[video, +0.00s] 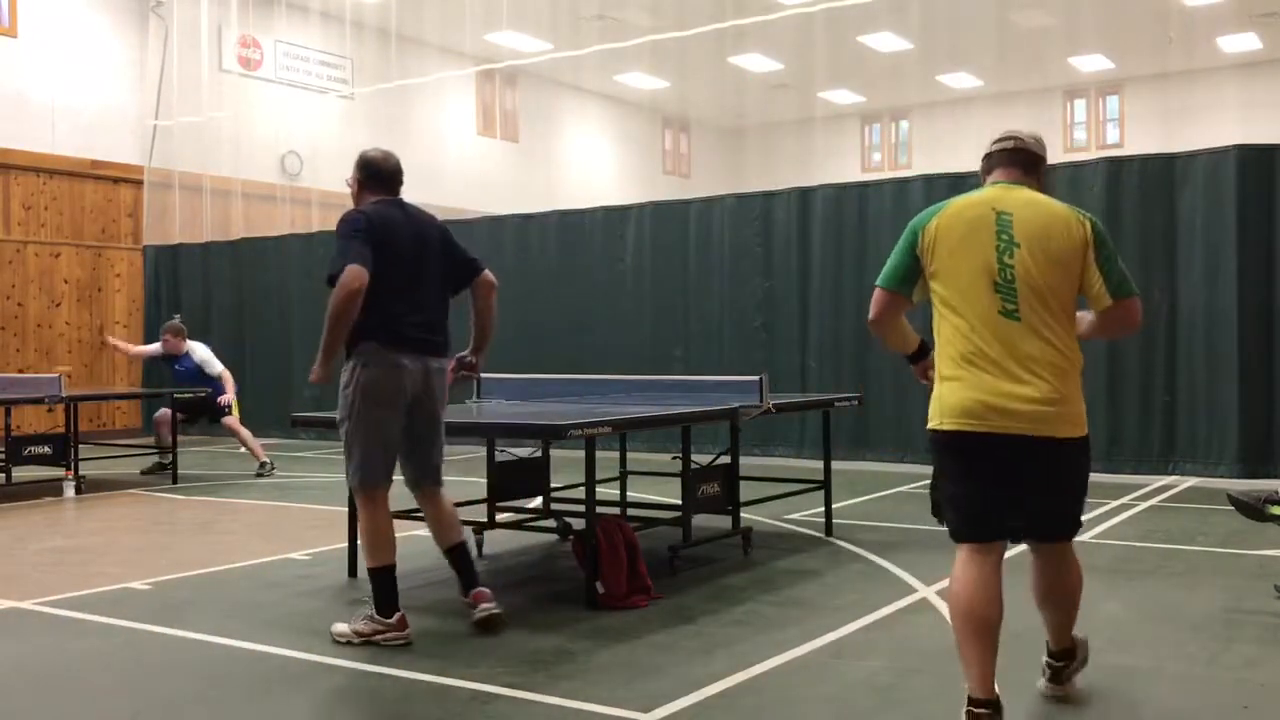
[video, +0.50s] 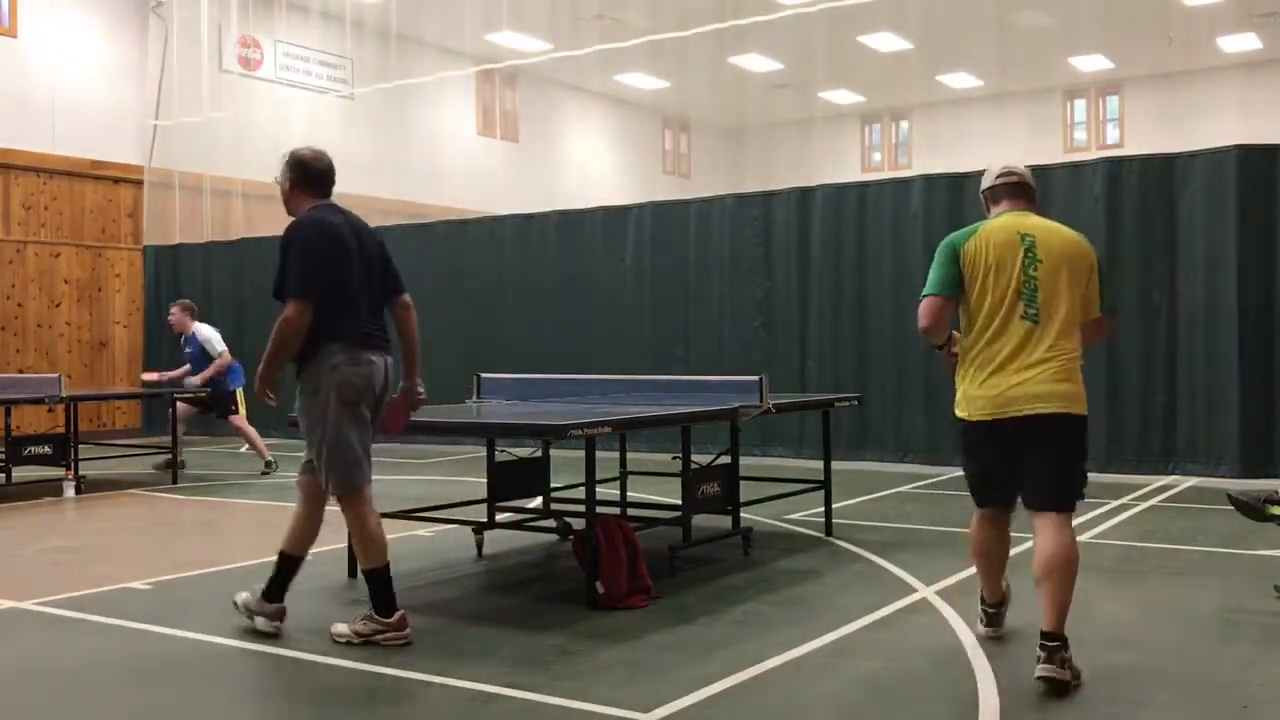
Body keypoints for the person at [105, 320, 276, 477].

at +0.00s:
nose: (163, 344)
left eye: (166, 341)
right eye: (162, 341)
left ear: (179, 340)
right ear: (168, 341)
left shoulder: (199, 351)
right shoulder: (165, 349)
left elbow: (225, 374)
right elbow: (134, 350)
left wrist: (229, 393)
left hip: (216, 398)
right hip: (190, 400)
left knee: (230, 423)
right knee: (161, 418)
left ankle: (264, 461)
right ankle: (164, 461)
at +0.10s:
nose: (158, 344)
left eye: (161, 341)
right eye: (157, 341)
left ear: (174, 341)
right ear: (165, 341)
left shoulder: (195, 352)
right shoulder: (161, 352)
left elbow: (226, 373)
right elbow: (128, 352)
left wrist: (236, 396)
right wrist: (113, 332)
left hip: (215, 397)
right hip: (188, 399)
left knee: (229, 424)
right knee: (159, 417)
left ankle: (264, 461)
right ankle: (164, 462)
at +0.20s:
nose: (160, 340)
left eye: (164, 336)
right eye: (160, 336)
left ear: (178, 336)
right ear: (168, 337)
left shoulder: (198, 349)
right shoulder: (165, 350)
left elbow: (228, 371)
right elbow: (142, 355)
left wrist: (239, 397)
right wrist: (122, 342)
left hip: (217, 397)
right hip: (191, 398)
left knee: (231, 426)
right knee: (161, 417)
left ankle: (266, 460)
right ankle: (164, 461)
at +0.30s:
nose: (167, 332)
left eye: (170, 327)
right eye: (167, 328)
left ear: (183, 327)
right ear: (177, 328)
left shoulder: (205, 344)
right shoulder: (175, 348)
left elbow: (231, 368)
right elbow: (157, 362)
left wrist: (235, 397)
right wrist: (133, 354)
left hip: (218, 401)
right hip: (194, 401)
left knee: (235, 425)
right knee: (166, 415)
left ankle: (268, 461)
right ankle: (164, 461)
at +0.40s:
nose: (169, 322)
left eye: (173, 318)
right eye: (169, 318)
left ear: (187, 319)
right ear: (183, 321)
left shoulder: (208, 337)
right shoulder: (183, 342)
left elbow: (231, 363)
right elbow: (180, 364)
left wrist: (221, 391)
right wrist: (154, 367)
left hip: (230, 389)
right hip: (206, 390)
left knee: (237, 422)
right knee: (173, 413)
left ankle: (269, 461)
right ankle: (169, 459)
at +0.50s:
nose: (169, 319)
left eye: (173, 314)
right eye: (169, 315)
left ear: (187, 315)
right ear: (182, 317)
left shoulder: (204, 332)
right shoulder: (186, 339)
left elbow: (225, 358)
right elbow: (194, 365)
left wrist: (200, 377)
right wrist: (167, 375)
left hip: (230, 383)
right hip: (209, 385)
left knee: (237, 421)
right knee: (177, 411)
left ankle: (268, 460)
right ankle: (176, 458)